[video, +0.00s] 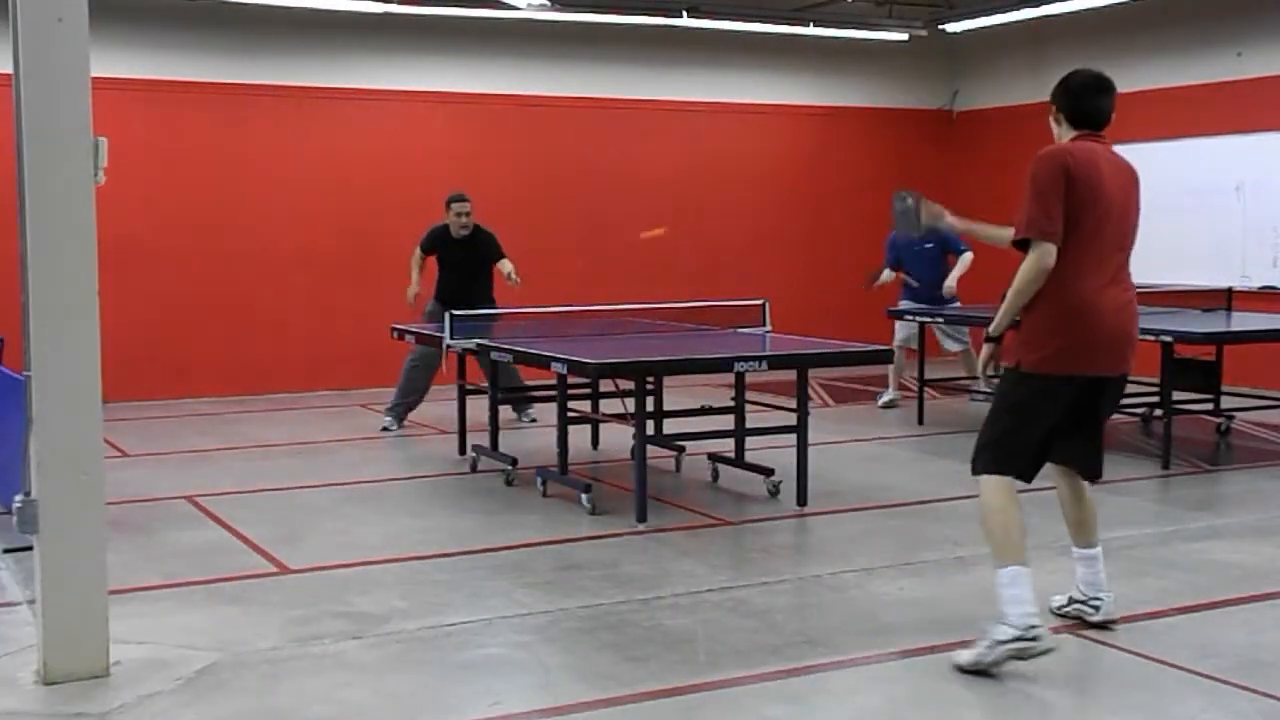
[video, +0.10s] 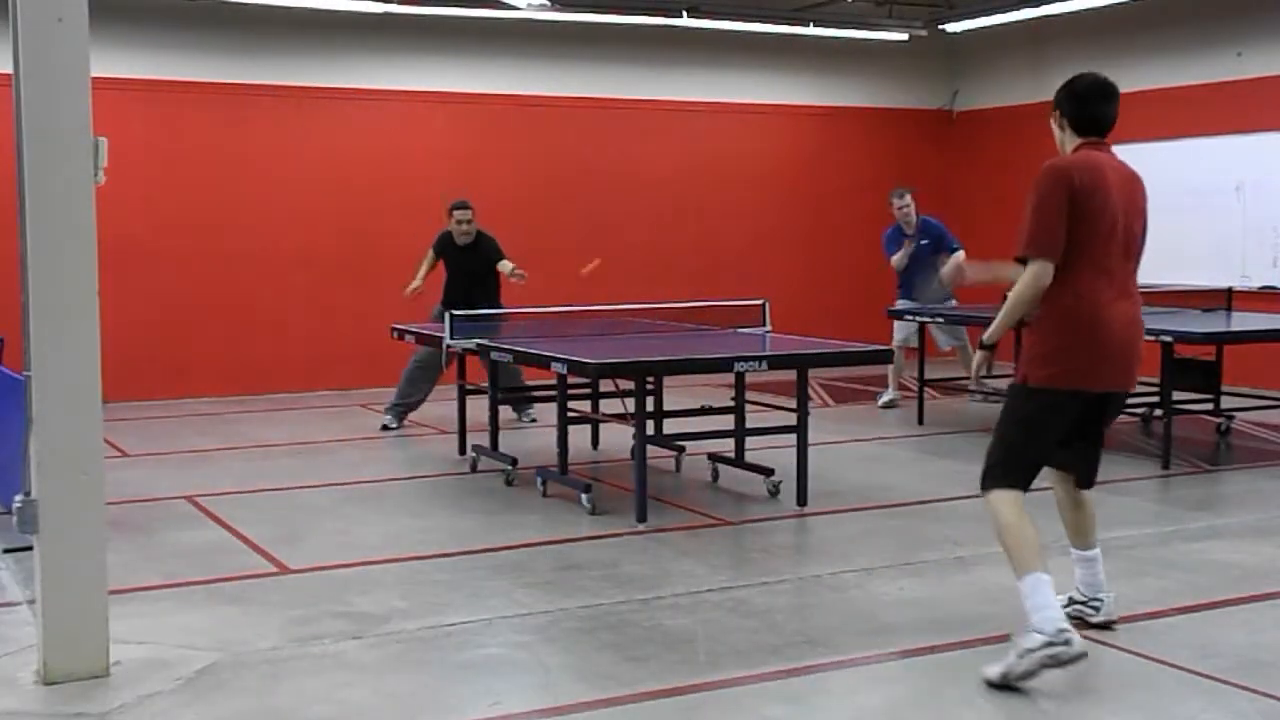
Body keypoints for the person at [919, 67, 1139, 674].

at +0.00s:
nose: (1048, 121)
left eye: (1049, 113)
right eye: (1052, 114)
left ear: (1056, 116)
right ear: (1107, 119)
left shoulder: (1054, 162)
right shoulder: (1123, 171)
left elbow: (1042, 258)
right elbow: (1040, 238)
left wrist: (995, 331)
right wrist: (958, 227)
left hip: (1055, 342)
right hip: (1113, 344)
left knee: (994, 468)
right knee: (1068, 463)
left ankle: (1016, 620)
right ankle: (1093, 593)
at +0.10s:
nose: (1051, 126)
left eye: (1052, 118)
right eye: (1054, 118)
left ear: (1060, 121)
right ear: (1111, 124)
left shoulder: (1061, 174)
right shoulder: (1130, 180)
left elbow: (1039, 271)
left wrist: (991, 337)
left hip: (1062, 359)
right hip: (1118, 361)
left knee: (1001, 485)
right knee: (1067, 473)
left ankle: (1045, 626)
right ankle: (1092, 594)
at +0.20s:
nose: (1050, 132)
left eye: (1051, 124)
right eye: (1053, 123)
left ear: (1062, 128)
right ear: (1112, 131)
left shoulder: (1064, 186)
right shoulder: (1139, 191)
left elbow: (1036, 289)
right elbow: (1134, 282)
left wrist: (985, 345)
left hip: (1066, 372)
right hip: (1122, 373)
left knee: (1013, 503)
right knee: (1073, 484)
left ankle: (1070, 646)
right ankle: (1093, 596)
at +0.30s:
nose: (1050, 134)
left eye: (1051, 126)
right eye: (1054, 124)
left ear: (1062, 130)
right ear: (1114, 130)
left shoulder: (1058, 188)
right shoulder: (1150, 193)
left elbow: (1029, 292)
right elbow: (1159, 288)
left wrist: (985, 358)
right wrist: (1107, 323)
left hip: (1073, 380)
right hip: (1141, 379)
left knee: (1020, 519)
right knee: (1097, 483)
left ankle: (1080, 670)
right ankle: (1098, 599)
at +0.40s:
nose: (1060, 132)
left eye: (1061, 123)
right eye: (1064, 122)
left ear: (1072, 127)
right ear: (1126, 128)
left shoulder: (1061, 188)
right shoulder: (1166, 192)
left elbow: (1032, 291)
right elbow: (1182, 291)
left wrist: (993, 358)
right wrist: (1137, 336)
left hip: (1081, 384)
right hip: (1157, 383)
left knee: (1022, 524)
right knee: (1125, 491)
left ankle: (1078, 672)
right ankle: (1128, 614)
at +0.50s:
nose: (1078, 115)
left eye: (1080, 107)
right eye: (1082, 105)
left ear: (1092, 112)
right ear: (1147, 113)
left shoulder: (1081, 169)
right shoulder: (1184, 176)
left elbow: (1065, 270)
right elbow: (1189, 283)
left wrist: (1010, 352)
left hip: (1100, 374)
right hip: (1178, 375)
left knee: (1029, 511)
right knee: (1159, 491)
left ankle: (1077, 672)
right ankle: (1194, 638)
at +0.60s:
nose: (1103, 111)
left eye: (1104, 103)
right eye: (1106, 102)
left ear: (1113, 107)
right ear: (1172, 106)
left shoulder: (1109, 163)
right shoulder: (1212, 171)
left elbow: (1090, 266)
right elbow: (1222, 278)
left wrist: (1038, 338)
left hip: (1131, 368)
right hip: (1214, 372)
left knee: (1029, 494)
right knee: (1190, 513)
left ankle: (1069, 667)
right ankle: (1272, 647)